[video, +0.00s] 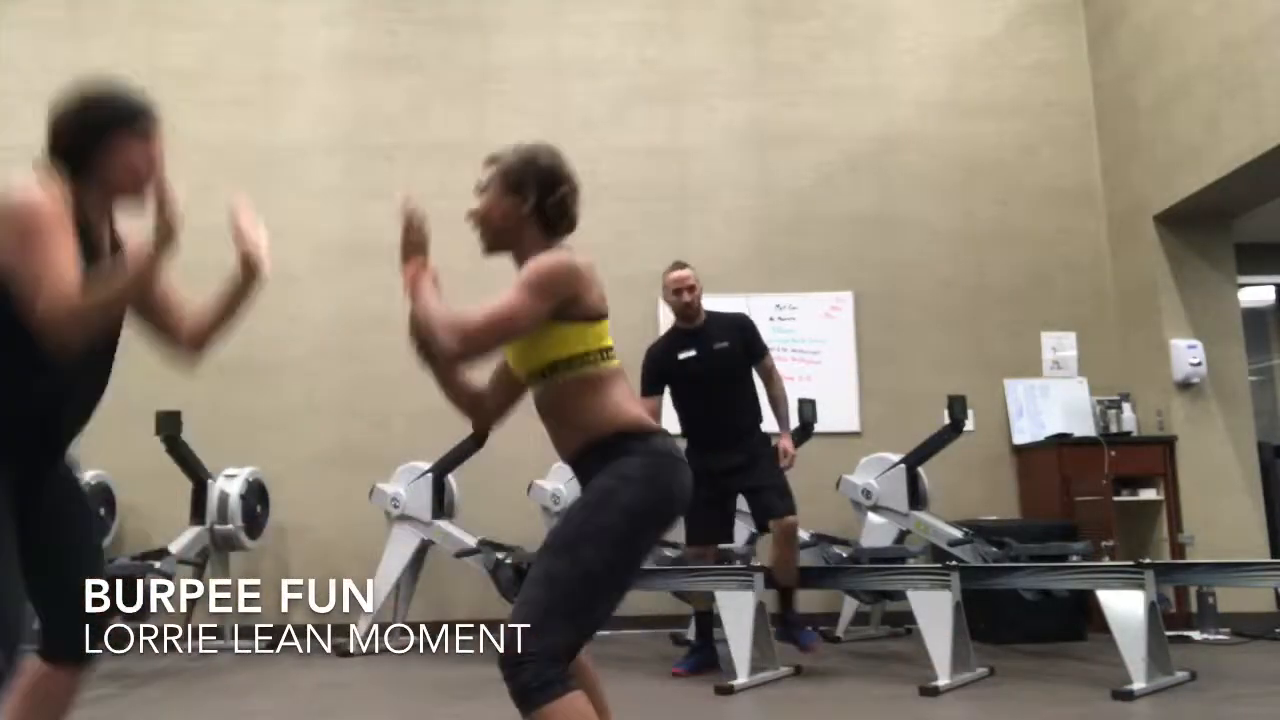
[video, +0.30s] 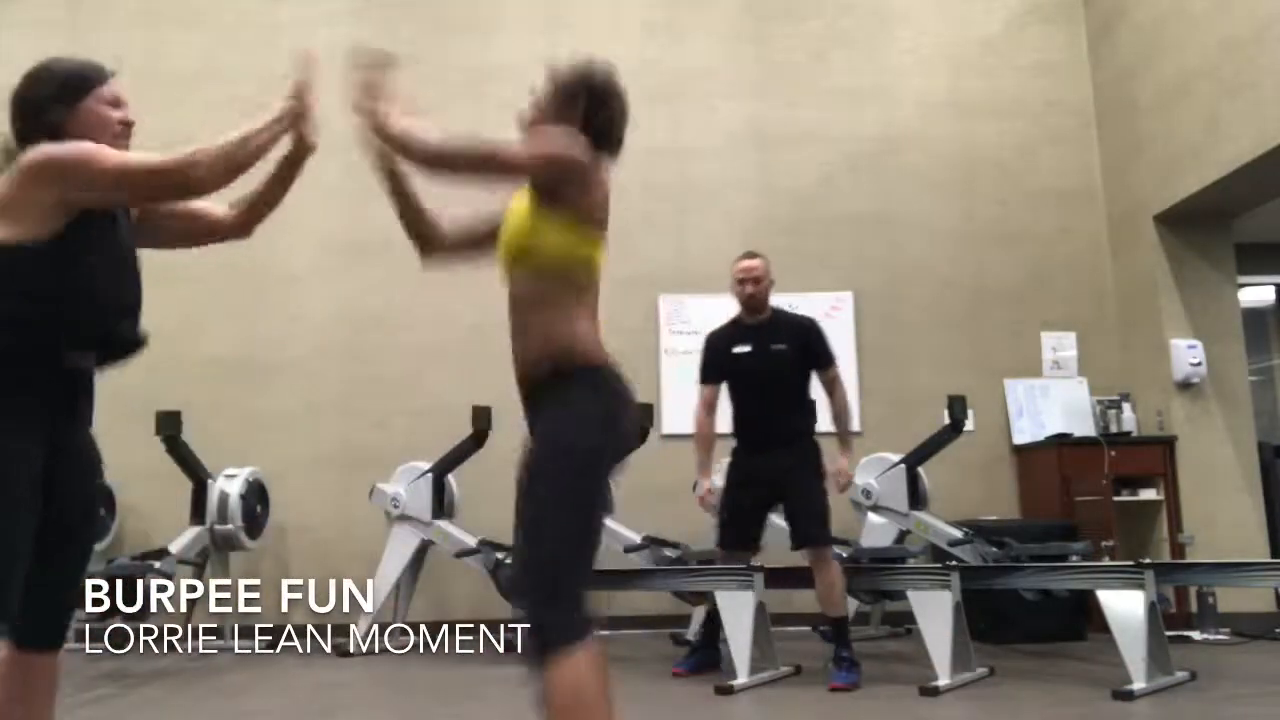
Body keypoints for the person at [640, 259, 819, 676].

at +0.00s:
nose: (687, 297)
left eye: (691, 288)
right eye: (678, 292)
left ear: (701, 290)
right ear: (666, 299)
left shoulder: (737, 327)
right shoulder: (659, 354)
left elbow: (771, 378)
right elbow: (650, 419)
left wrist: (785, 432)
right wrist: (656, 472)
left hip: (752, 450)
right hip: (703, 458)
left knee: (785, 523)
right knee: (700, 551)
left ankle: (787, 620)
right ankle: (703, 643)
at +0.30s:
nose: (749, 289)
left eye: (756, 281)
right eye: (742, 282)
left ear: (770, 283)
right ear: (732, 287)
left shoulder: (803, 331)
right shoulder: (720, 341)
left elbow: (834, 388)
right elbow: (706, 409)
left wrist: (845, 452)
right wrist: (704, 474)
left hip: (799, 458)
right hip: (748, 460)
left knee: (819, 550)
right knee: (730, 553)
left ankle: (843, 652)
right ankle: (710, 644)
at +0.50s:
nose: (771, 276)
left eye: (779, 268)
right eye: (764, 269)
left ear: (799, 272)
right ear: (758, 275)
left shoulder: (831, 320)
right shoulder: (747, 327)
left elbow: (868, 379)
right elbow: (741, 395)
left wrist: (876, 445)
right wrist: (752, 454)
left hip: (823, 448)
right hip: (773, 450)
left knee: (833, 548)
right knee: (762, 542)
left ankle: (844, 652)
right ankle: (778, 642)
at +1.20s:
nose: (716, 274)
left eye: (723, 265)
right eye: (712, 269)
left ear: (750, 266)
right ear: (711, 278)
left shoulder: (793, 311)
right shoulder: (720, 335)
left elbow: (831, 373)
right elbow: (718, 406)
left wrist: (827, 440)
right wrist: (719, 467)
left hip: (810, 450)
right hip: (760, 453)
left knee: (829, 553)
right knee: (738, 551)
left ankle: (844, 654)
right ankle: (722, 656)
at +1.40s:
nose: (660, 269)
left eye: (669, 261)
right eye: (658, 263)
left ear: (697, 264)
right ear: (661, 273)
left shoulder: (737, 306)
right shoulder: (668, 332)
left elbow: (777, 369)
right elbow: (667, 398)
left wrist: (781, 438)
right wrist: (663, 451)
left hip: (757, 451)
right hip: (708, 458)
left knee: (793, 553)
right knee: (703, 558)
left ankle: (833, 635)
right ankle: (700, 663)